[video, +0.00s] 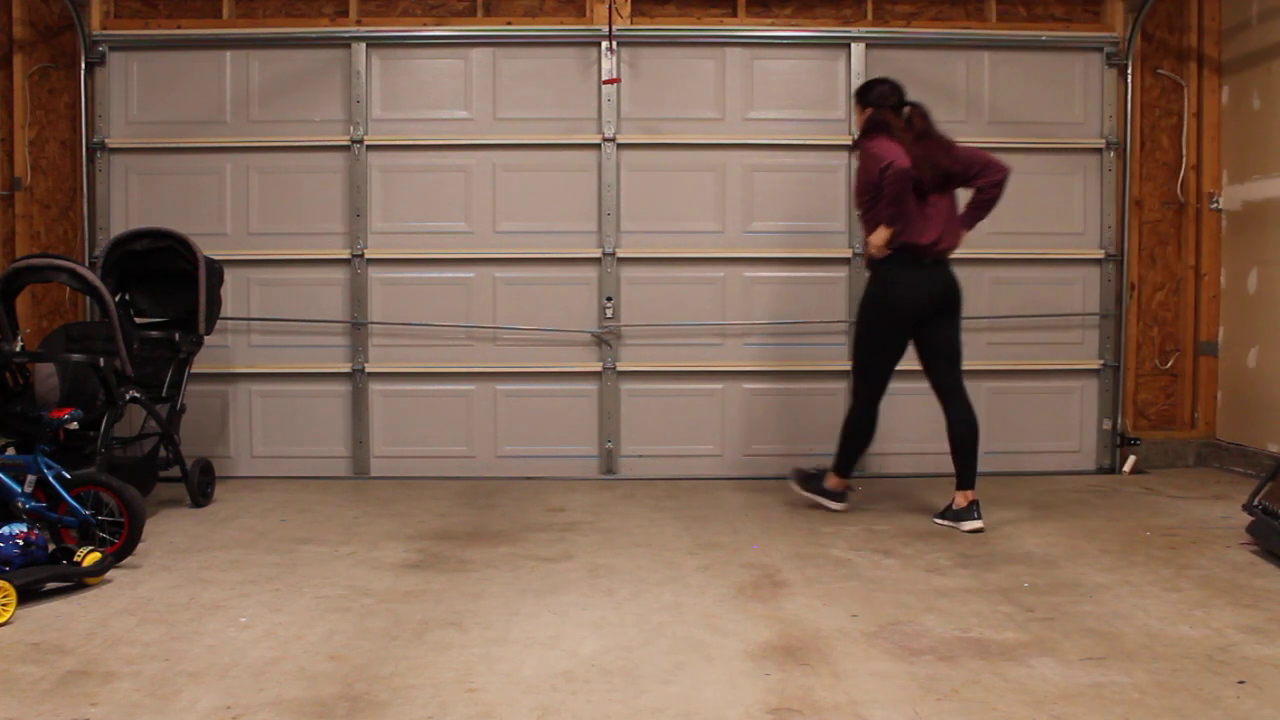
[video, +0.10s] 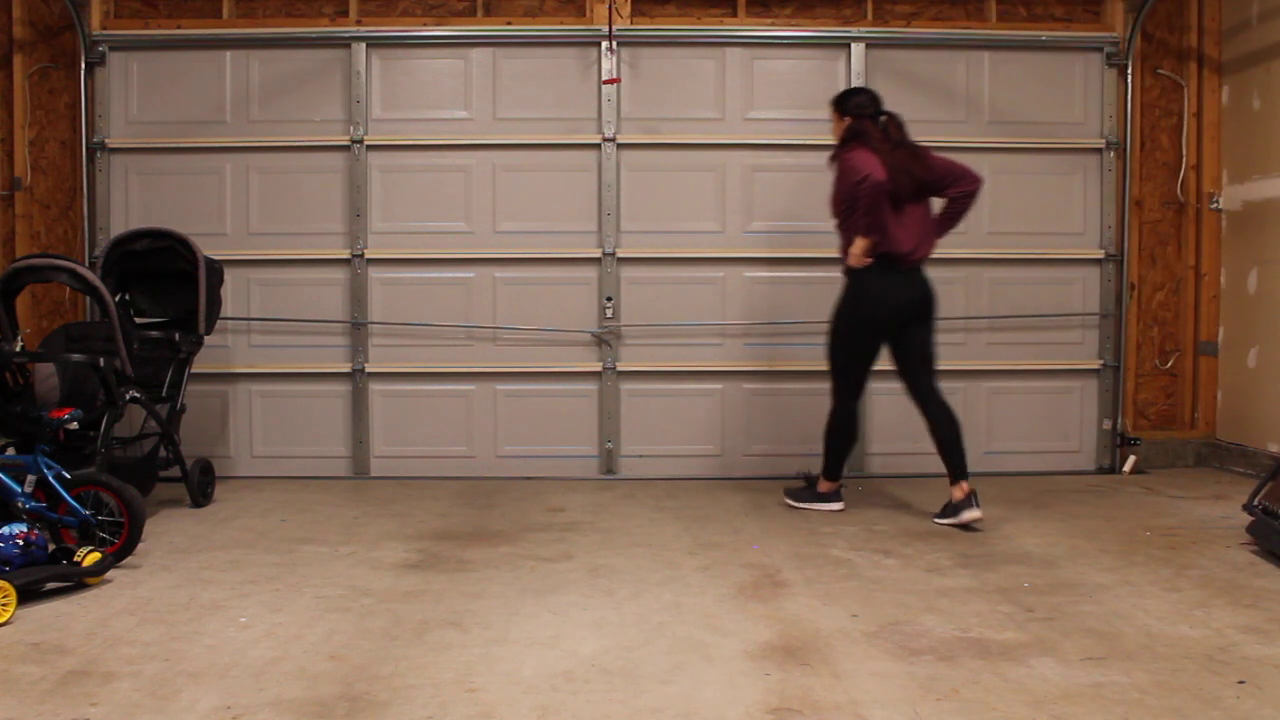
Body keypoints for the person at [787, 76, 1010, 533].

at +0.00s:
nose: (855, 121)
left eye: (857, 113)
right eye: (856, 113)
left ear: (868, 113)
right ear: (898, 112)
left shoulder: (874, 145)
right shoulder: (928, 146)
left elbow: (899, 168)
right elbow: (995, 172)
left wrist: (886, 228)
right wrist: (961, 225)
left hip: (893, 283)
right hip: (937, 280)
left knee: (866, 391)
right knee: (953, 392)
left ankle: (835, 483)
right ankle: (965, 501)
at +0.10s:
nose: (832, 129)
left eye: (834, 122)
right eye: (833, 122)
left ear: (849, 122)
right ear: (873, 120)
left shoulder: (852, 155)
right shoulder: (903, 155)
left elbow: (873, 179)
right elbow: (967, 182)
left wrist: (861, 241)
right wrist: (933, 234)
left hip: (868, 288)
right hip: (911, 286)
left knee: (845, 392)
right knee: (925, 390)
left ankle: (827, 487)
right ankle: (963, 493)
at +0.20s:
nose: (806, 127)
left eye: (809, 119)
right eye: (807, 119)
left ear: (824, 119)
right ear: (847, 118)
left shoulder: (827, 153)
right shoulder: (878, 152)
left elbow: (845, 180)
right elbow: (938, 183)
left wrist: (830, 234)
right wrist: (905, 233)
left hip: (839, 284)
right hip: (880, 282)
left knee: (824, 389)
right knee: (882, 386)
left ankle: (824, 486)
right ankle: (943, 465)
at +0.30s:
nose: (782, 124)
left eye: (785, 117)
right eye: (783, 117)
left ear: (802, 118)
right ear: (822, 117)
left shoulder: (805, 148)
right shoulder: (853, 149)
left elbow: (816, 167)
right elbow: (915, 177)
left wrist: (800, 216)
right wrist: (880, 218)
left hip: (817, 276)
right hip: (853, 274)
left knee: (812, 382)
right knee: (835, 375)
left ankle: (824, 486)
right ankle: (893, 449)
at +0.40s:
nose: (761, 123)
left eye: (765, 116)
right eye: (763, 116)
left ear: (781, 117)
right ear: (800, 118)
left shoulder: (783, 143)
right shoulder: (829, 145)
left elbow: (791, 153)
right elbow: (894, 167)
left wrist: (777, 206)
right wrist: (852, 203)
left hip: (799, 270)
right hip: (828, 268)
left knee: (802, 380)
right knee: (803, 377)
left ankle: (824, 484)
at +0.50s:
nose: (738, 128)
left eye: (743, 121)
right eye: (740, 121)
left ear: (761, 121)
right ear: (776, 121)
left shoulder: (762, 148)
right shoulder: (806, 152)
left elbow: (770, 168)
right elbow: (866, 178)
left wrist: (755, 216)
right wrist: (820, 216)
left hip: (777, 273)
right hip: (805, 272)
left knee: (797, 384)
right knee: (775, 377)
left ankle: (825, 485)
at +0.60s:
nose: (715, 137)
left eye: (719, 129)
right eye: (717, 128)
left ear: (740, 131)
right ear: (747, 132)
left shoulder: (740, 167)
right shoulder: (778, 165)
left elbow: (754, 196)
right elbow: (832, 205)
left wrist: (733, 243)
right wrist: (792, 236)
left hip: (755, 287)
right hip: (777, 284)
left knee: (777, 388)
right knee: (740, 378)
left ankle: (823, 483)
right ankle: (713, 468)